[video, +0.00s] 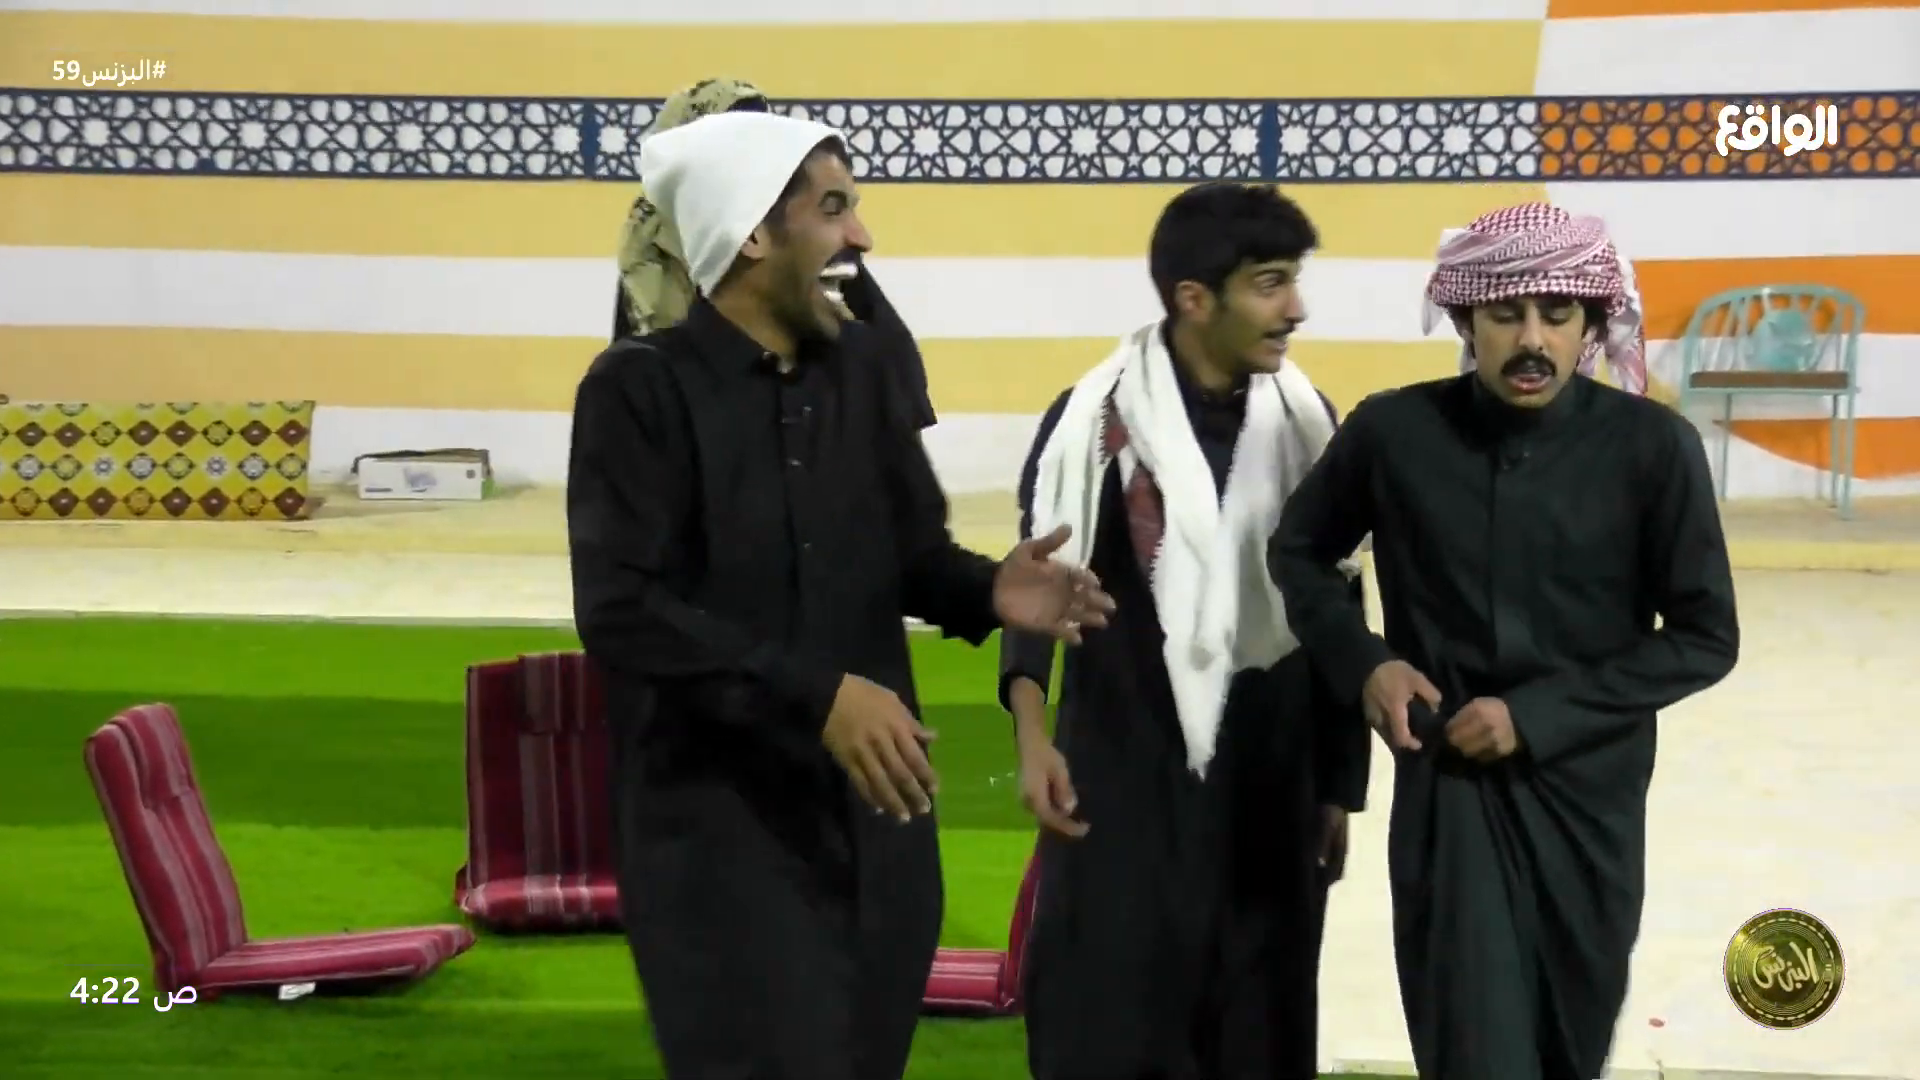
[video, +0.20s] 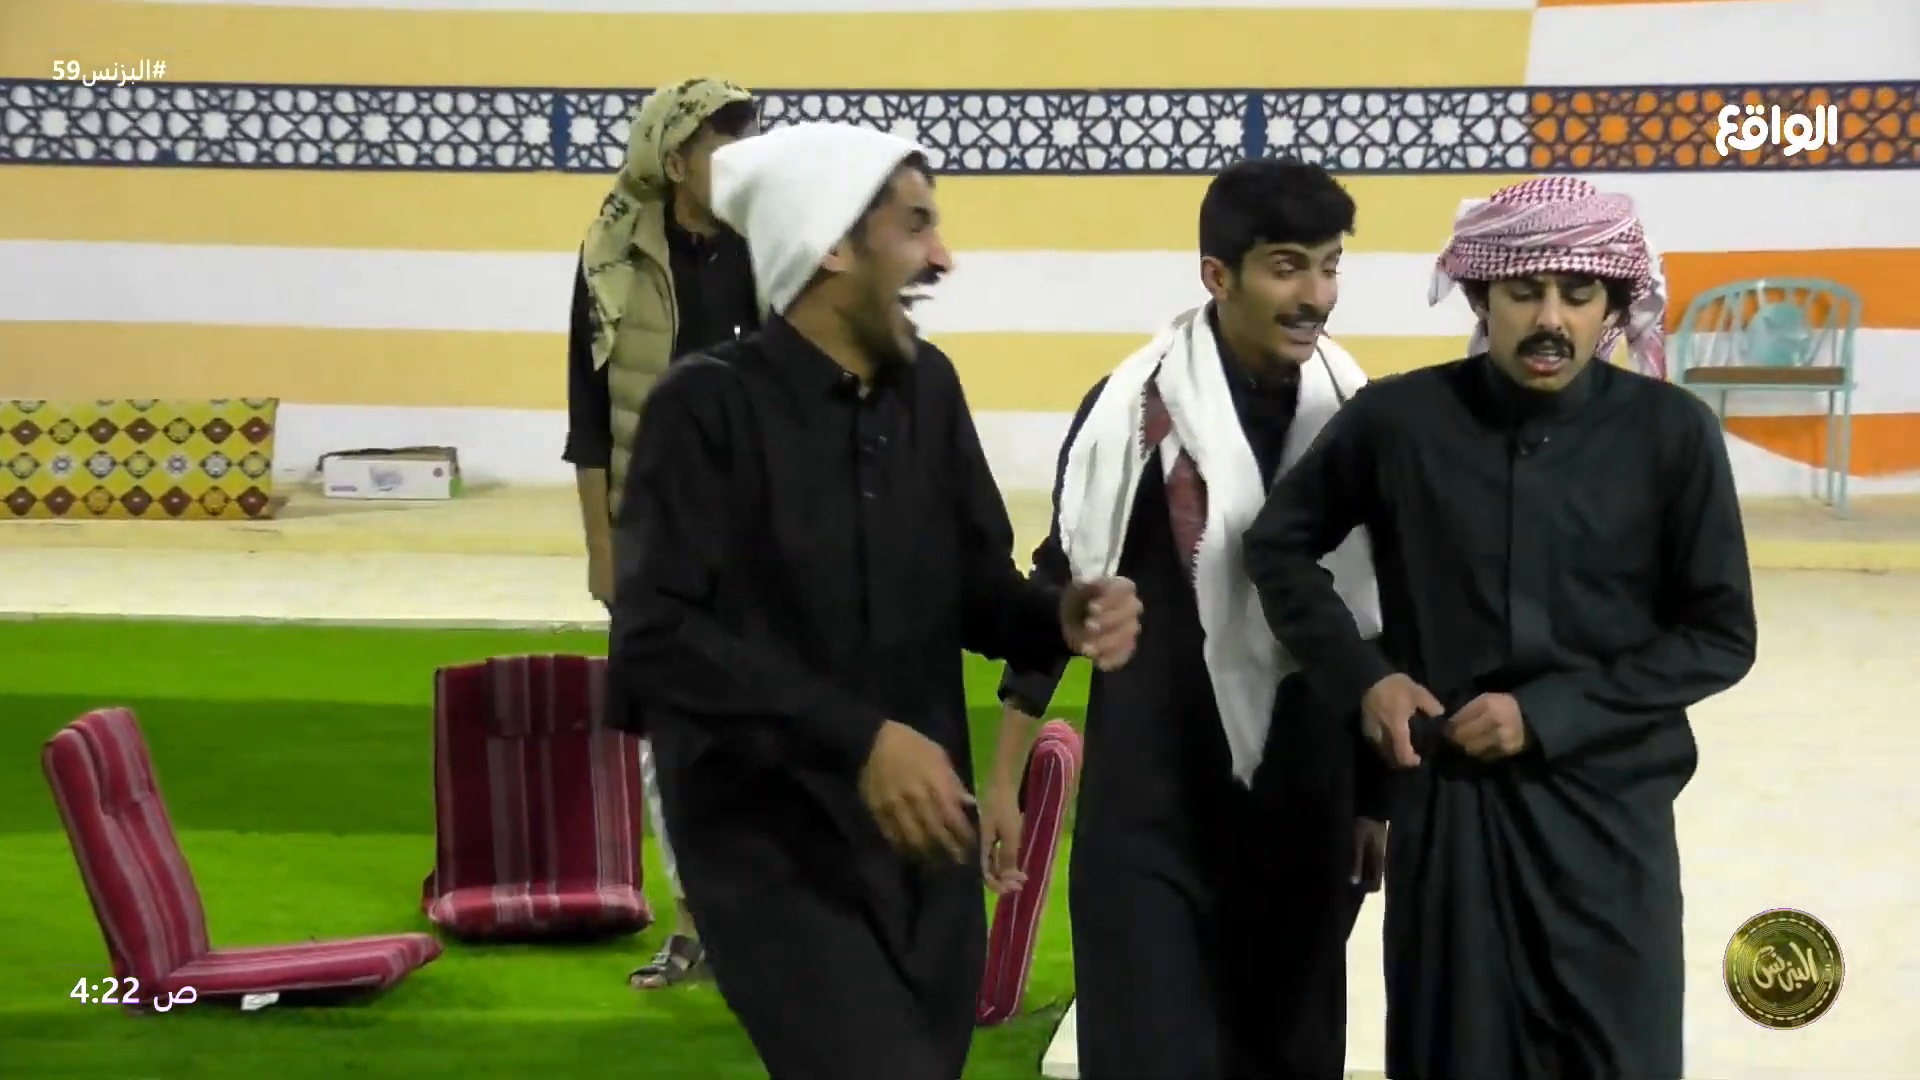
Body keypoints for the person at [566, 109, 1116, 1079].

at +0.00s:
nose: (859, 234)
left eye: (851, 204)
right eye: (830, 207)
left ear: (765, 238)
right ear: (751, 236)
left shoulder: (862, 362)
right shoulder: (636, 389)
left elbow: (911, 554)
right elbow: (619, 616)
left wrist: (991, 588)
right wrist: (821, 694)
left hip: (871, 825)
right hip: (714, 837)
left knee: (863, 1055)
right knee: (756, 1057)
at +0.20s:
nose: (943, 256)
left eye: (935, 224)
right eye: (914, 224)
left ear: (854, 249)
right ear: (832, 248)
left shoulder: (927, 387)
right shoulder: (705, 404)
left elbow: (974, 593)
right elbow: (655, 648)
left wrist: (1059, 616)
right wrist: (865, 738)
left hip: (925, 832)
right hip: (764, 844)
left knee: (926, 1057)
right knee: (872, 1056)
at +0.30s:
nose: (989, 290)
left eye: (984, 260)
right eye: (974, 260)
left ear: (913, 275)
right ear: (906, 276)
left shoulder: (932, 418)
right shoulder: (759, 426)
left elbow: (970, 634)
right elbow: (750, 675)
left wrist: (1107, 621)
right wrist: (986, 743)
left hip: (953, 881)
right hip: (828, 898)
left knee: (977, 1055)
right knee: (891, 1058)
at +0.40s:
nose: (1006, 300)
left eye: (1002, 268)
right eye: (997, 268)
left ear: (938, 279)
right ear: (939, 280)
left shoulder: (909, 429)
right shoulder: (817, 432)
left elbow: (950, 636)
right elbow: (864, 661)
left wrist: (1114, 595)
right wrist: (1085, 715)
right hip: (877, 918)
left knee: (1013, 1056)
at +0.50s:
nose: (1034, 289)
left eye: (1033, 257)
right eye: (1029, 257)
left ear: (956, 266)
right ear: (975, 268)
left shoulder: (844, 400)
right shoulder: (897, 402)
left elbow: (948, 617)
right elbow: (1017, 616)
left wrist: (1087, 550)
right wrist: (1179, 619)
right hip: (955, 904)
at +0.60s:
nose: (1057, 278)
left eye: (1058, 247)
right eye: (1053, 247)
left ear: (958, 248)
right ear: (1001, 253)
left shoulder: (843, 390)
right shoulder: (942, 388)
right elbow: (1128, 608)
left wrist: (1057, 508)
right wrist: (1199, 546)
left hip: (902, 902)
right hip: (997, 911)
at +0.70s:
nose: (1096, 268)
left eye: (1093, 242)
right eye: (1093, 244)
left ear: (956, 248)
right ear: (1060, 255)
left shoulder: (860, 397)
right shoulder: (1011, 388)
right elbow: (1187, 592)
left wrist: (1106, 499)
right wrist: (1269, 505)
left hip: (916, 908)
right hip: (1042, 915)